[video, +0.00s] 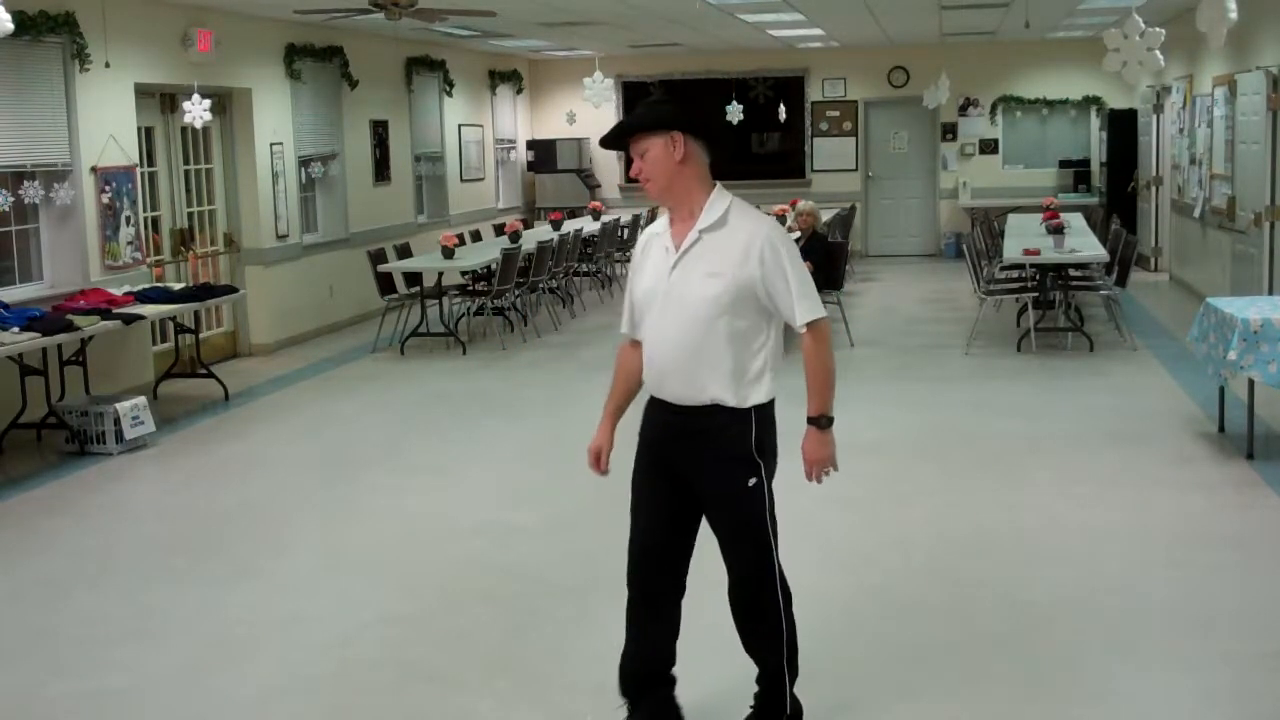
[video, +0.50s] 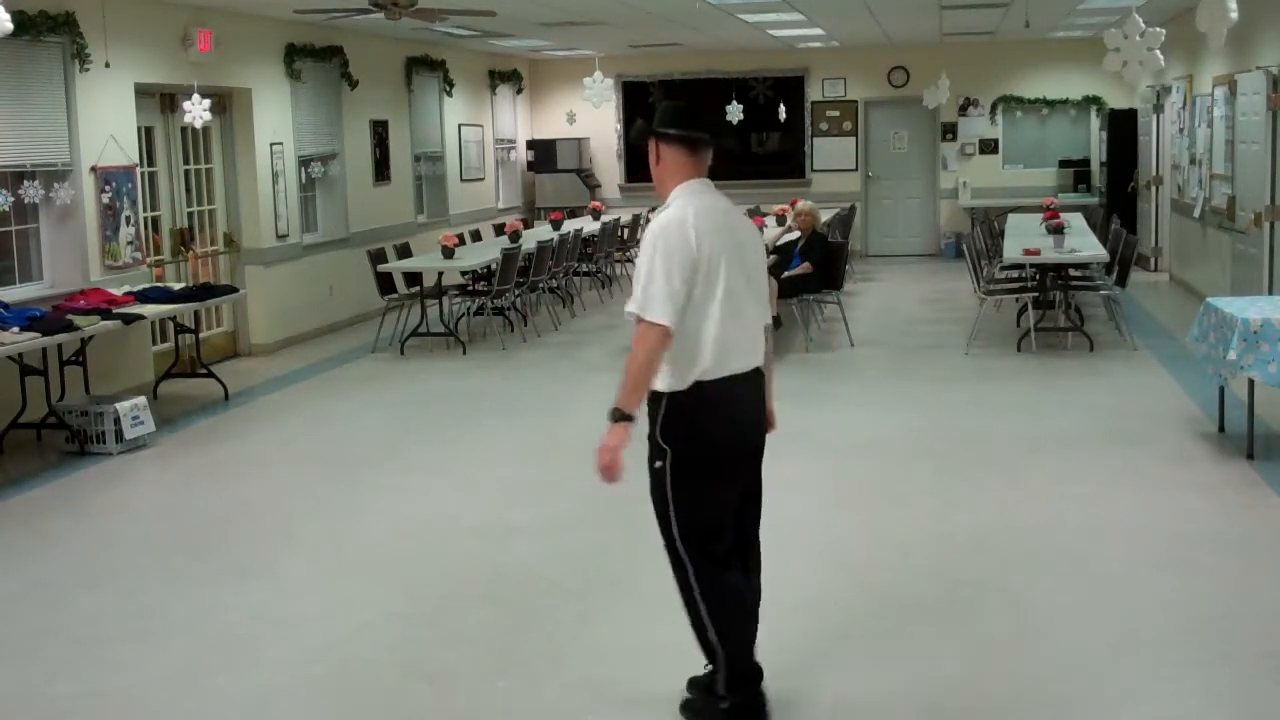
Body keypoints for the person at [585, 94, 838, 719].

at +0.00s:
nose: (632, 171)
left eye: (640, 156)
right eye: (630, 159)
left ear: (677, 149)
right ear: (667, 155)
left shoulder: (757, 233)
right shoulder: (650, 241)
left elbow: (815, 326)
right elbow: (634, 342)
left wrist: (819, 424)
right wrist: (607, 421)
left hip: (736, 428)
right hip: (663, 428)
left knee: (754, 577)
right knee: (650, 578)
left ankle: (778, 701)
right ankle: (649, 706)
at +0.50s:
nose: (650, 165)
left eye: (648, 155)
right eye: (652, 155)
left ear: (656, 154)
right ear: (708, 155)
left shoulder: (671, 226)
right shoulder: (741, 221)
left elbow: (654, 331)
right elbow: (763, 322)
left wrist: (619, 422)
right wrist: (765, 392)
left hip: (688, 406)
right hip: (743, 398)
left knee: (692, 544)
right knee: (737, 536)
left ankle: (737, 688)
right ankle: (733, 668)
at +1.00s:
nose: (644, 168)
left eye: (629, 160)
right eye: (661, 157)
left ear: (623, 163)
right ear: (675, 161)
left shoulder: (596, 234)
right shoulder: (715, 225)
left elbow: (586, 332)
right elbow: (751, 310)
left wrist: (623, 361)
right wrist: (787, 385)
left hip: (630, 394)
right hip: (702, 389)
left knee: (620, 507)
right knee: (695, 510)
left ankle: (667, 626)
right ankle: (679, 639)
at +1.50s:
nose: (633, 172)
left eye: (628, 163)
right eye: (631, 164)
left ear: (584, 166)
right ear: (623, 167)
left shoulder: (550, 224)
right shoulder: (632, 218)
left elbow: (539, 301)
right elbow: (647, 295)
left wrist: (579, 336)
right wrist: (690, 362)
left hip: (566, 369)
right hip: (626, 366)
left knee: (575, 484)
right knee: (649, 492)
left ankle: (579, 593)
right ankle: (647, 622)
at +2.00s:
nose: (606, 177)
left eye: (604, 169)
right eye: (604, 170)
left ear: (560, 168)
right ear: (596, 173)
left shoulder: (512, 213)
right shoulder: (599, 229)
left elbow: (465, 282)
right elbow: (603, 313)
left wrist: (435, 332)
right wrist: (618, 379)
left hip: (503, 350)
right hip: (557, 359)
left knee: (513, 461)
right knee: (528, 470)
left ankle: (501, 565)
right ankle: (483, 586)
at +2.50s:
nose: (633, 172)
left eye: (632, 165)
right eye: (632, 165)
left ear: (587, 162)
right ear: (624, 167)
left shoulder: (547, 205)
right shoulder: (632, 222)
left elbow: (496, 265)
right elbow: (642, 299)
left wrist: (480, 287)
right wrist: (659, 358)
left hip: (549, 339)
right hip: (606, 344)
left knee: (546, 431)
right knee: (613, 440)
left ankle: (520, 530)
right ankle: (606, 536)